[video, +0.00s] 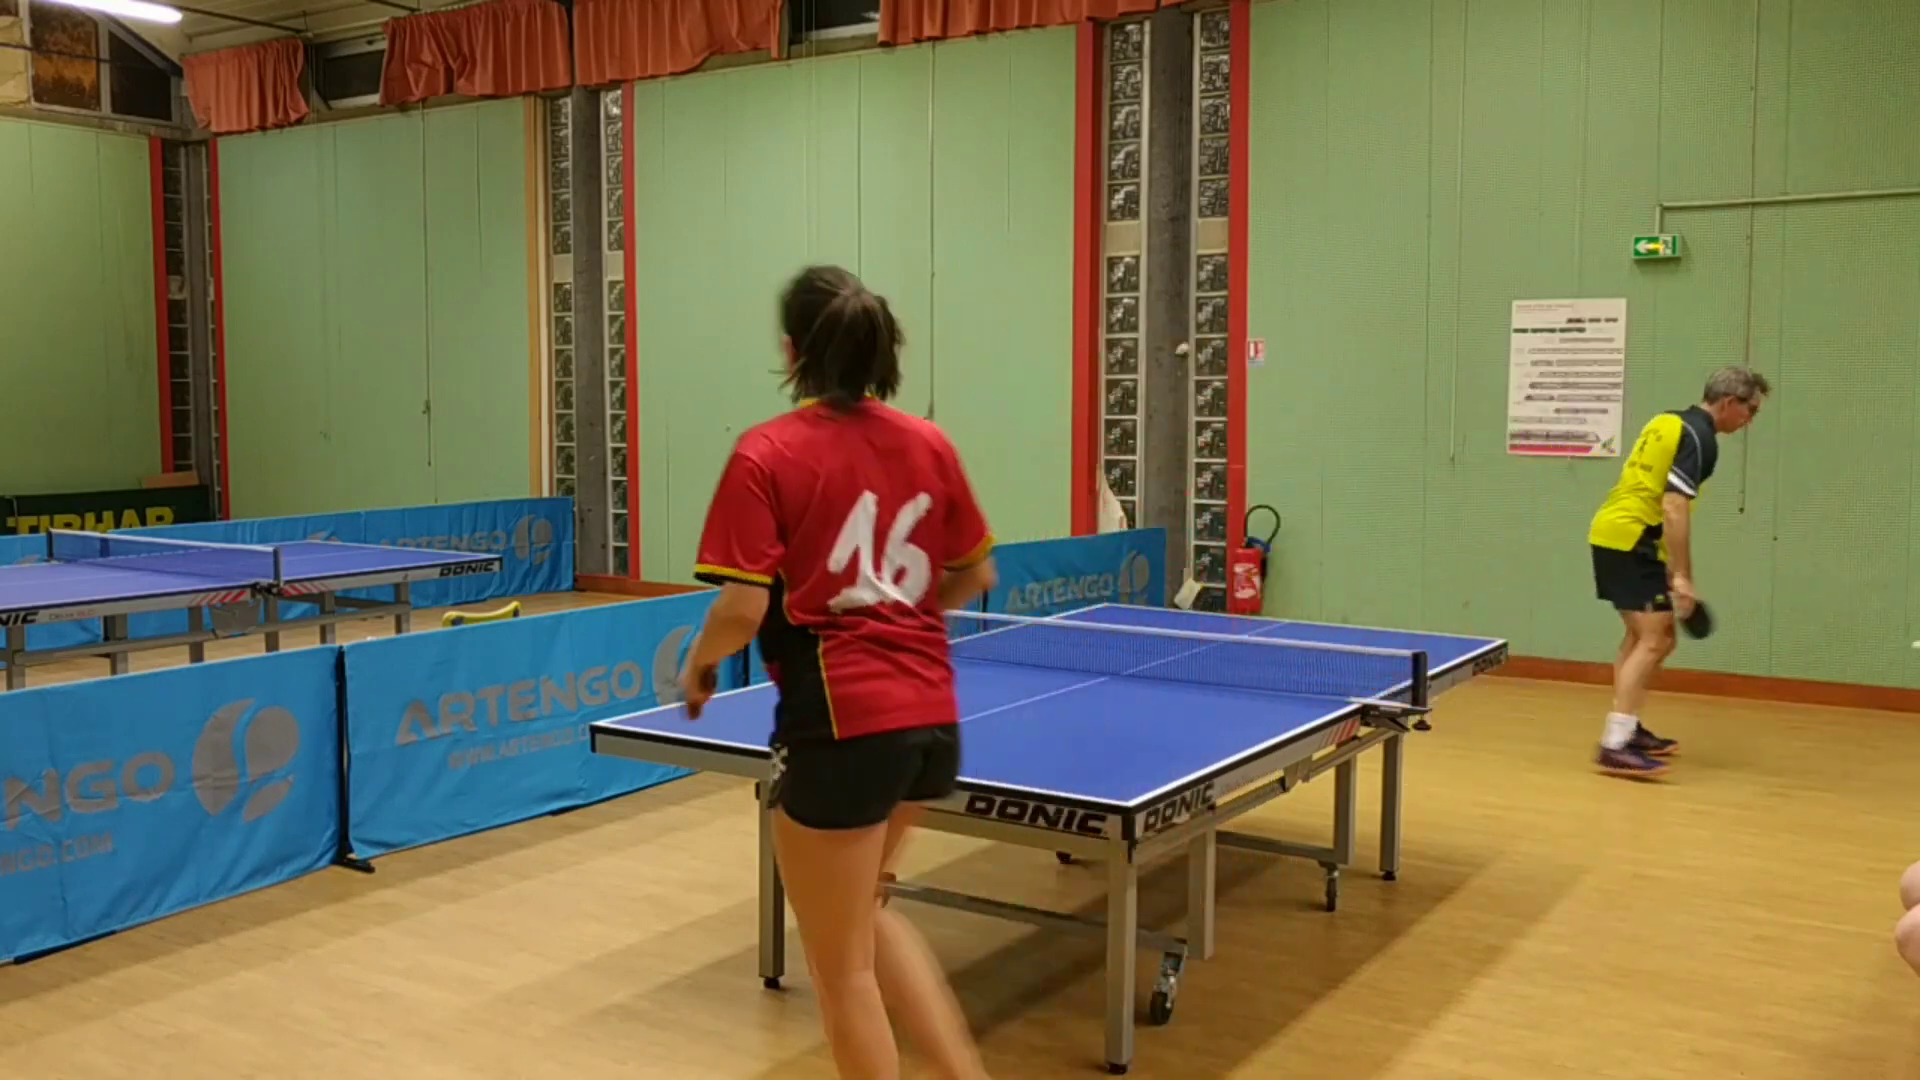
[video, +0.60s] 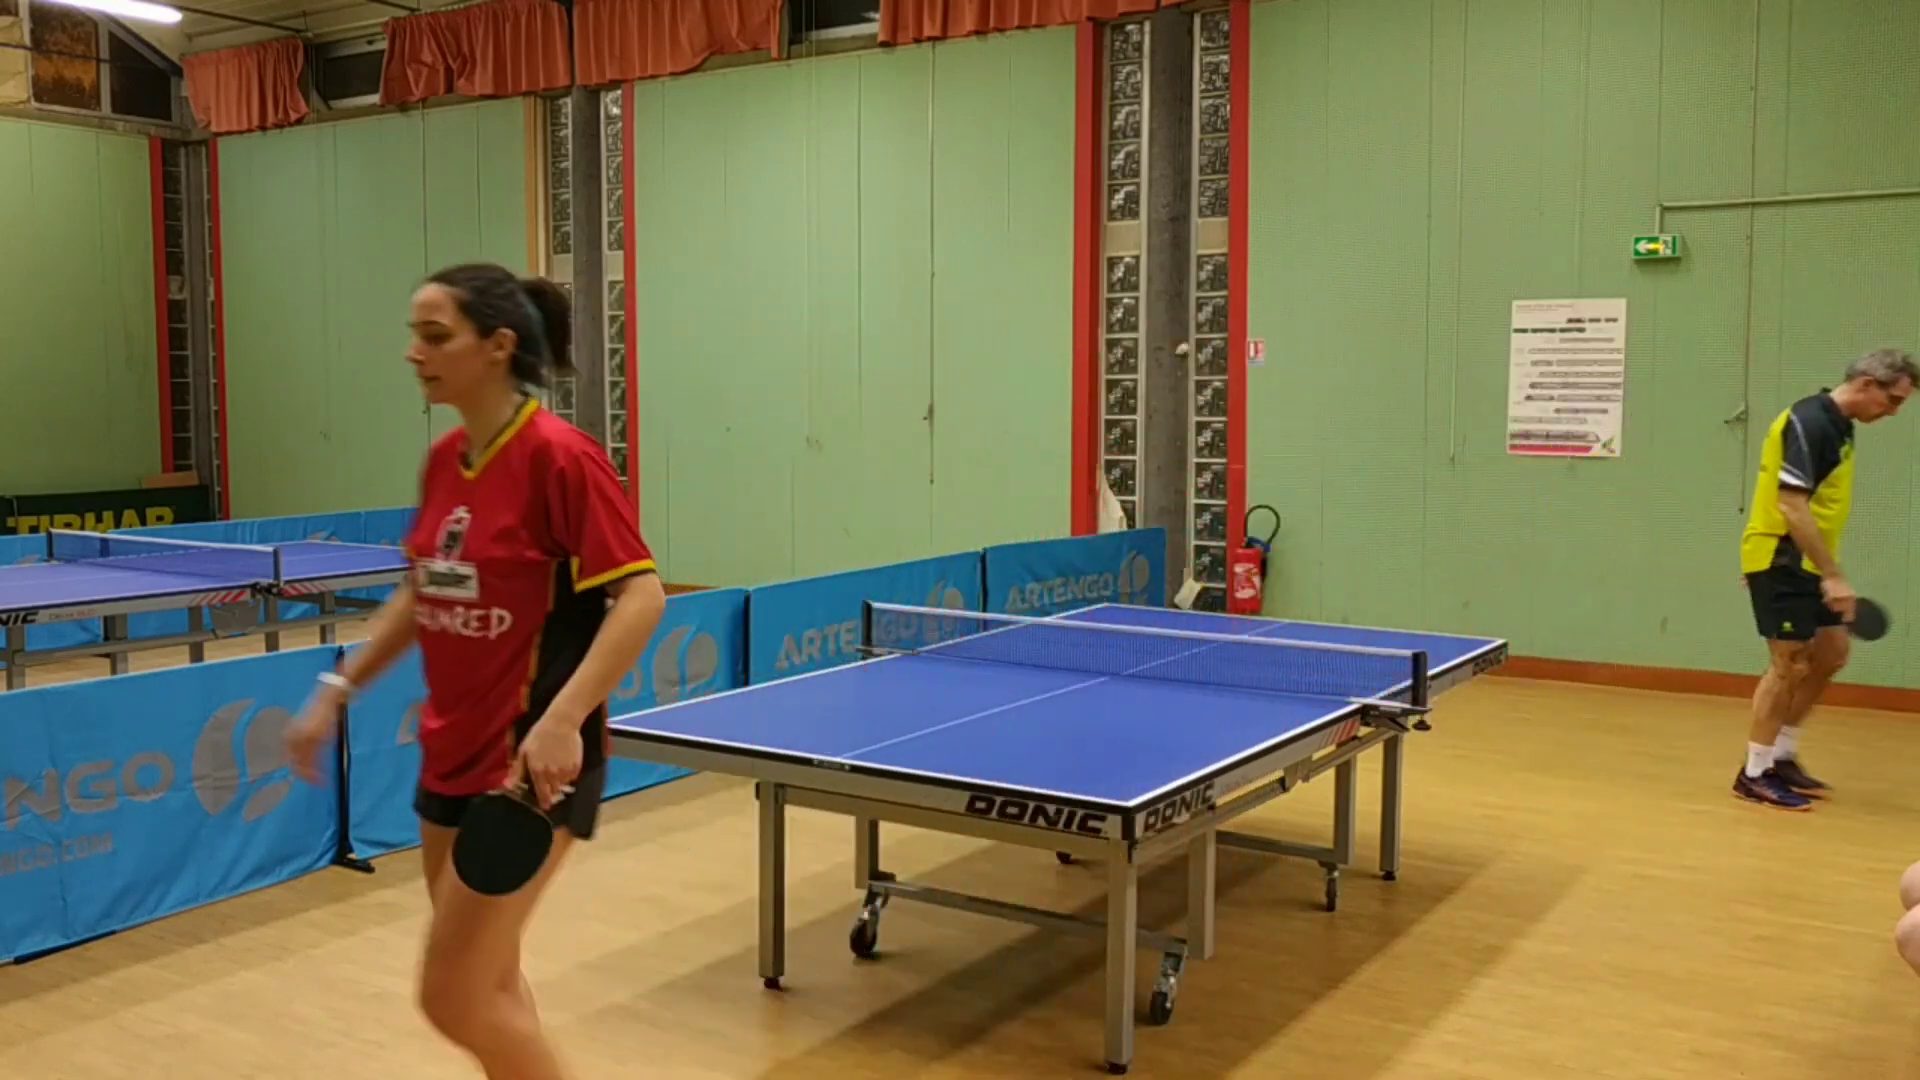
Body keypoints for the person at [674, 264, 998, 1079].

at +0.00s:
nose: (782, 347)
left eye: (784, 337)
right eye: (785, 336)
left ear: (794, 348)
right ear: (876, 346)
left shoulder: (768, 452)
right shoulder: (927, 443)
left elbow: (741, 611)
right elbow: (972, 572)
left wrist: (698, 663)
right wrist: (896, 606)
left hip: (841, 734)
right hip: (933, 726)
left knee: (843, 968)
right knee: (869, 901)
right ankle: (965, 1069)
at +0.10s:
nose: (719, 340)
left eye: (722, 327)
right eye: (722, 326)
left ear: (741, 342)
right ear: (806, 339)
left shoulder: (736, 448)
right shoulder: (853, 431)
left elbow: (727, 598)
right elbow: (902, 537)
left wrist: (660, 668)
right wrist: (851, 618)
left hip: (811, 729)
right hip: (875, 714)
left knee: (842, 967)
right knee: (744, 897)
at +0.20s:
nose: (653, 347)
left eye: (663, 333)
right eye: (657, 331)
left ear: (700, 352)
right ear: (723, 355)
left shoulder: (717, 454)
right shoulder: (777, 440)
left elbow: (719, 606)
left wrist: (619, 681)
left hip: (772, 742)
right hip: (753, 736)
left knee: (836, 966)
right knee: (683, 937)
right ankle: (651, 1074)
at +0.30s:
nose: (590, 359)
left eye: (604, 346)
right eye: (595, 344)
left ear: (652, 365)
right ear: (654, 367)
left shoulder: (686, 469)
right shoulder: (673, 463)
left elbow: (715, 622)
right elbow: (693, 621)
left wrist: (590, 699)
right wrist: (601, 709)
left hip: (719, 754)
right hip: (665, 750)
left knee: (789, 970)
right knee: (607, 950)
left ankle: (874, 1072)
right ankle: (579, 1079)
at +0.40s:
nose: (527, 360)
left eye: (545, 346)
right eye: (533, 343)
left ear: (602, 367)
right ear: (595, 367)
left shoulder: (639, 468)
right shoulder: (600, 468)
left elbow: (690, 623)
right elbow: (609, 626)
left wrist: (574, 725)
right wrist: (557, 746)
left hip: (647, 762)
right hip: (578, 758)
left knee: (673, 988)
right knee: (527, 955)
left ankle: (812, 1073)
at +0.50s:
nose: (466, 358)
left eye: (486, 343)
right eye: (469, 341)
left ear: (548, 359)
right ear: (534, 360)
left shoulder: (595, 463)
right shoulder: (515, 467)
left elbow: (658, 618)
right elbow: (508, 613)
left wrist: (561, 728)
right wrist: (456, 705)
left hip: (590, 771)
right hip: (507, 763)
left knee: (544, 997)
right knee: (487, 969)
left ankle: (723, 1076)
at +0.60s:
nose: (415, 354)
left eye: (434, 336)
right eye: (413, 335)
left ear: (497, 347)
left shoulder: (560, 456)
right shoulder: (447, 457)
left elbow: (643, 596)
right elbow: (423, 591)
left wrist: (564, 717)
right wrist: (336, 689)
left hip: (533, 760)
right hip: (452, 753)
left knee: (454, 997)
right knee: (492, 990)